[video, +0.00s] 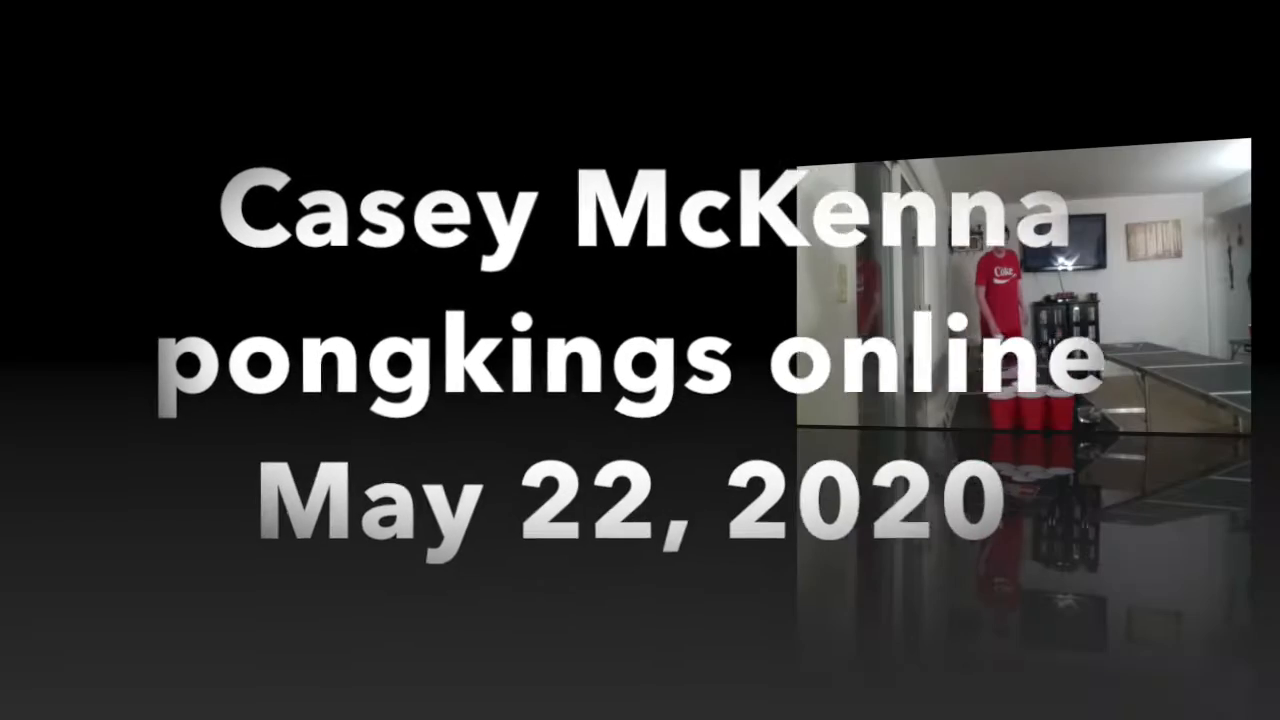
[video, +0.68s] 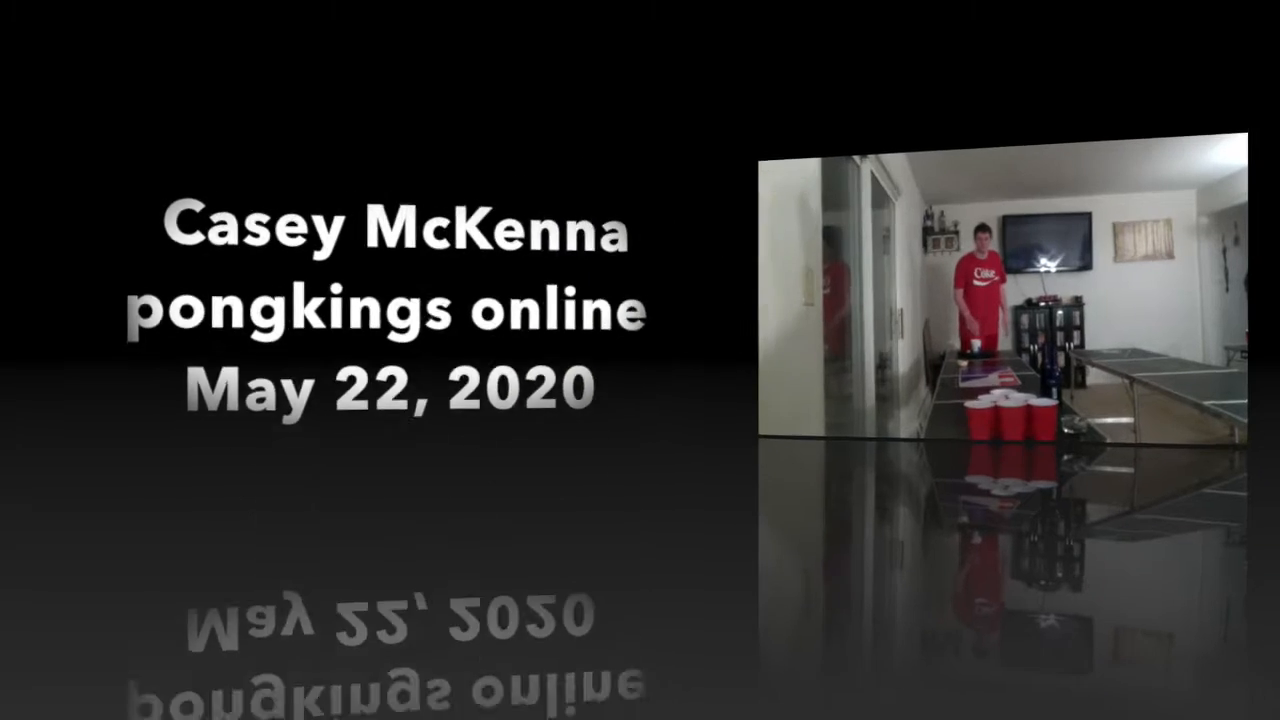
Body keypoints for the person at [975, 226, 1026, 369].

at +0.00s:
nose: (999, 243)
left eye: (1002, 239)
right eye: (995, 239)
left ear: (1006, 238)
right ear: (990, 240)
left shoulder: (1012, 257)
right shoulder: (985, 261)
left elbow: (1018, 285)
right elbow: (980, 295)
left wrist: (1023, 309)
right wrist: (992, 325)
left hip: (1013, 322)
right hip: (994, 324)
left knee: (1014, 363)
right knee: (994, 365)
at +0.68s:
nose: (983, 243)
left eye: (986, 239)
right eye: (979, 239)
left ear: (990, 240)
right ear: (975, 241)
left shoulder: (996, 259)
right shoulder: (965, 262)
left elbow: (1001, 288)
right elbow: (958, 294)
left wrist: (1005, 313)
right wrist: (969, 319)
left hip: (991, 323)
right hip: (971, 324)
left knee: (991, 364)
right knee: (971, 365)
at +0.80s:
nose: (962, 242)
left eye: (966, 238)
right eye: (959, 238)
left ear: (970, 240)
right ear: (953, 240)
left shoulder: (976, 260)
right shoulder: (943, 263)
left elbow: (982, 291)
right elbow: (937, 298)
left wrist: (987, 320)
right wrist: (947, 325)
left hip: (971, 328)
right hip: (950, 329)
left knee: (971, 371)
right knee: (952, 372)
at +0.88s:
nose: (945, 242)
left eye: (949, 238)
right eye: (941, 238)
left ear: (954, 240)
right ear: (936, 240)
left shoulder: (960, 261)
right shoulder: (924, 263)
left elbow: (966, 294)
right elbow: (919, 300)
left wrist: (971, 325)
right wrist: (929, 331)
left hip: (955, 332)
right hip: (933, 333)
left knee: (954, 378)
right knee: (934, 378)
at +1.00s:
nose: (914, 241)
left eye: (918, 236)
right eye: (909, 236)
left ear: (923, 239)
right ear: (903, 238)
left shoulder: (931, 262)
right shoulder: (891, 265)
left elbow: (938, 299)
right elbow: (886, 306)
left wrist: (943, 332)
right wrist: (898, 340)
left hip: (925, 340)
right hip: (900, 342)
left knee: (924, 391)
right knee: (902, 391)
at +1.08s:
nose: (889, 240)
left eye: (894, 235)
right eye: (885, 235)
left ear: (899, 238)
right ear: (878, 238)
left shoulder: (908, 263)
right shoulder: (866, 266)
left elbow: (916, 302)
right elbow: (861, 312)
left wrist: (921, 337)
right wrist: (873, 348)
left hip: (903, 348)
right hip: (876, 350)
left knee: (902, 401)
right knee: (877, 403)